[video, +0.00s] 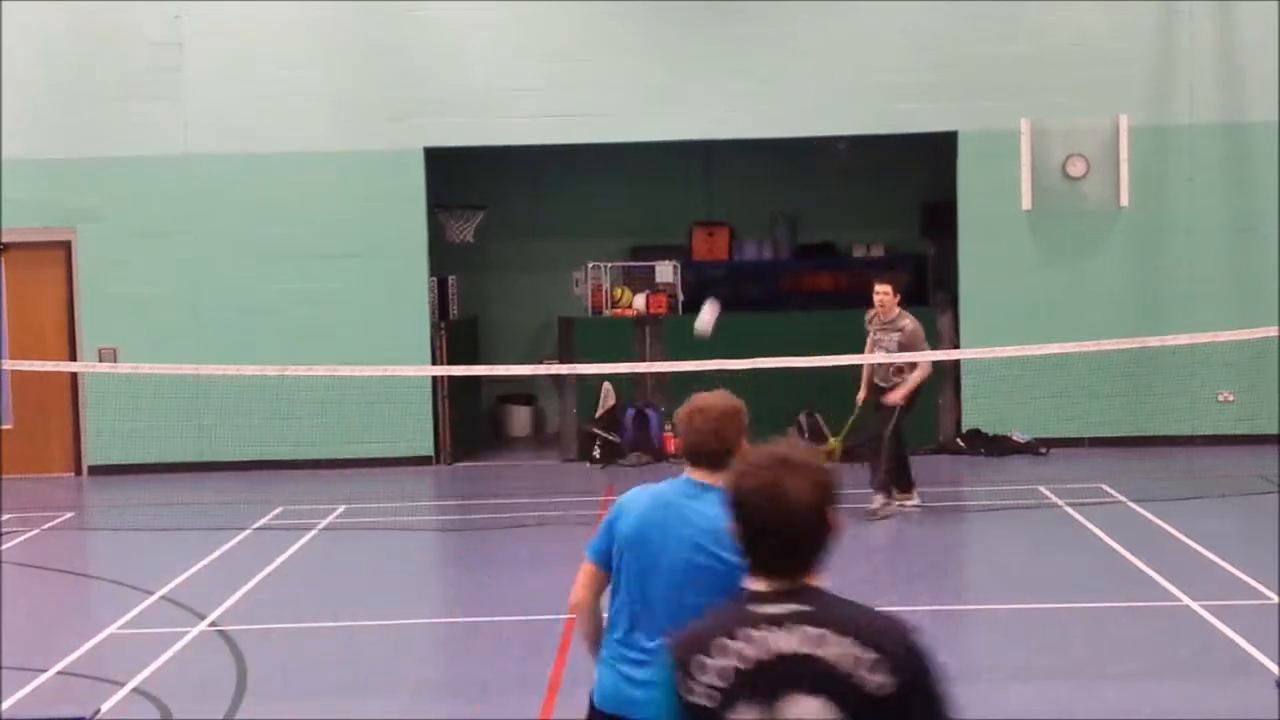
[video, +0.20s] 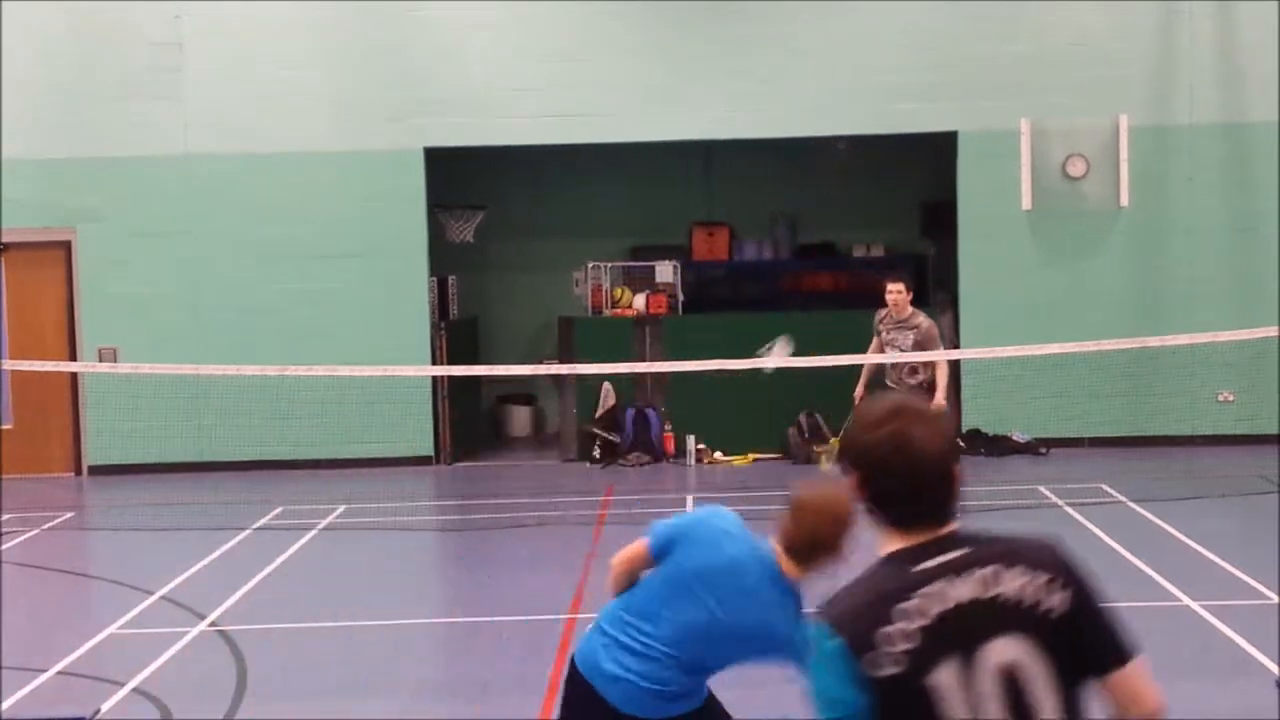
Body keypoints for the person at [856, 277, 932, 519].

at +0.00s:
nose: (880, 299)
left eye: (885, 294)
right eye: (877, 294)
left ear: (896, 298)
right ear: (873, 298)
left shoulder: (909, 326)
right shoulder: (873, 319)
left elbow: (925, 365)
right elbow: (869, 352)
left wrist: (902, 391)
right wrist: (864, 385)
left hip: (902, 387)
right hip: (879, 385)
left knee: (888, 434)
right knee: (892, 435)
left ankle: (882, 493)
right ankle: (905, 491)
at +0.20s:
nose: (894, 298)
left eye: (899, 293)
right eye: (890, 293)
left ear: (909, 296)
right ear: (885, 296)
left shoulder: (925, 325)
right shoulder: (881, 317)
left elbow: (940, 361)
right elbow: (876, 349)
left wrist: (940, 396)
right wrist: (861, 384)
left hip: (919, 394)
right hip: (890, 391)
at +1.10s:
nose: (905, 277)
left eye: (908, 273)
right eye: (899, 273)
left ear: (915, 278)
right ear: (890, 279)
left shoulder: (929, 309)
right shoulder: (875, 312)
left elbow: (939, 346)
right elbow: (868, 353)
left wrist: (932, 358)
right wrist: (874, 385)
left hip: (923, 387)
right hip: (890, 389)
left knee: (929, 446)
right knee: (890, 449)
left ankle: (934, 507)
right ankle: (894, 509)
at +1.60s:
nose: (940, 279)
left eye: (944, 274)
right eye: (935, 275)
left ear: (951, 279)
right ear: (925, 280)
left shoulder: (964, 311)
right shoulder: (909, 311)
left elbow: (969, 345)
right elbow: (899, 353)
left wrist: (952, 338)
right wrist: (897, 389)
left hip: (950, 390)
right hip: (916, 389)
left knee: (951, 451)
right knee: (908, 449)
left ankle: (948, 515)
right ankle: (898, 506)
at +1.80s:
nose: (950, 280)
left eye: (954, 274)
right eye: (944, 275)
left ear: (963, 278)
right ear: (937, 280)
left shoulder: (979, 312)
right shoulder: (923, 312)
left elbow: (985, 347)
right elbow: (912, 354)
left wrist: (958, 340)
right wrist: (907, 390)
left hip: (964, 390)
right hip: (931, 389)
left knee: (959, 454)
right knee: (935, 452)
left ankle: (950, 516)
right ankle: (923, 512)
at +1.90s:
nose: (953, 281)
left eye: (957, 275)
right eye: (947, 277)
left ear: (967, 278)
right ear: (941, 281)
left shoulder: (983, 312)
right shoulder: (928, 313)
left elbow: (991, 350)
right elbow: (917, 355)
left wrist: (973, 360)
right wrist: (913, 393)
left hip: (969, 389)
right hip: (937, 388)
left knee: (964, 453)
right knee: (944, 452)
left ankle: (957, 515)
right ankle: (943, 516)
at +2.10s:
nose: (959, 285)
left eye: (964, 279)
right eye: (954, 281)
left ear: (973, 281)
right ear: (947, 285)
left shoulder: (991, 316)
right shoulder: (935, 319)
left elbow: (999, 358)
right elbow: (927, 362)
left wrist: (997, 393)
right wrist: (926, 401)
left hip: (980, 394)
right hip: (949, 394)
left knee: (971, 456)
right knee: (961, 457)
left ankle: (948, 512)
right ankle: (976, 519)